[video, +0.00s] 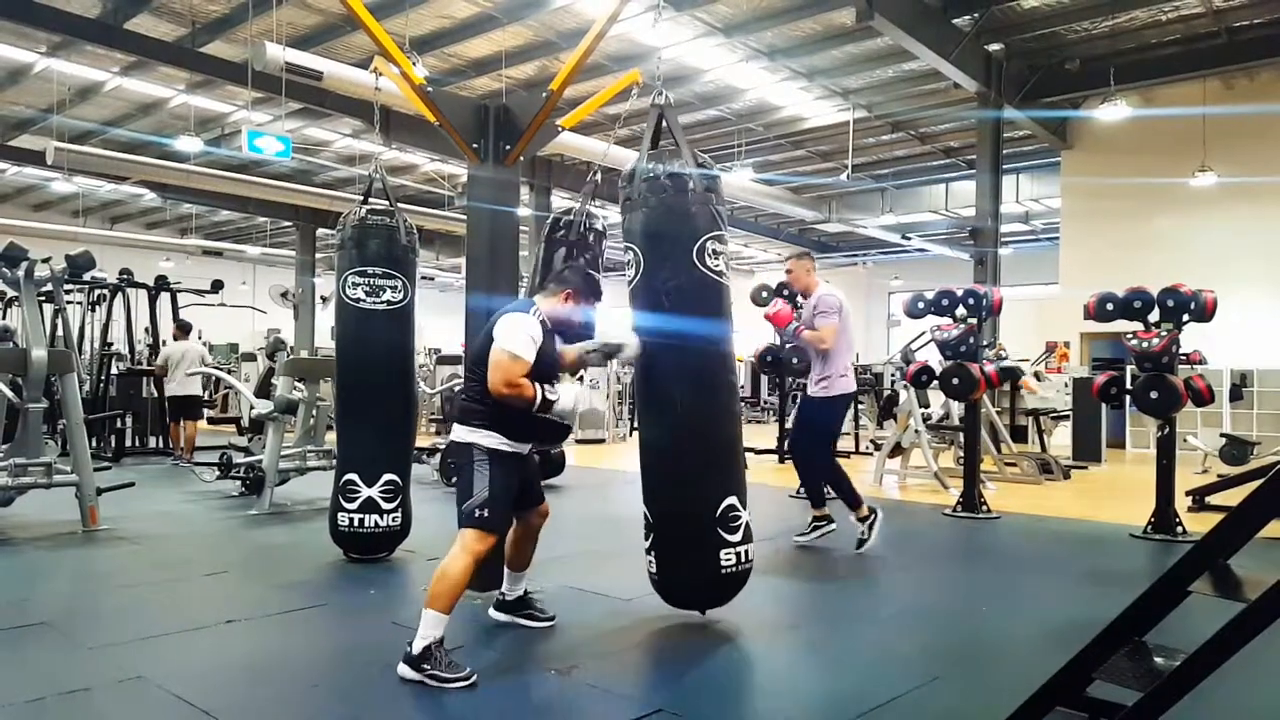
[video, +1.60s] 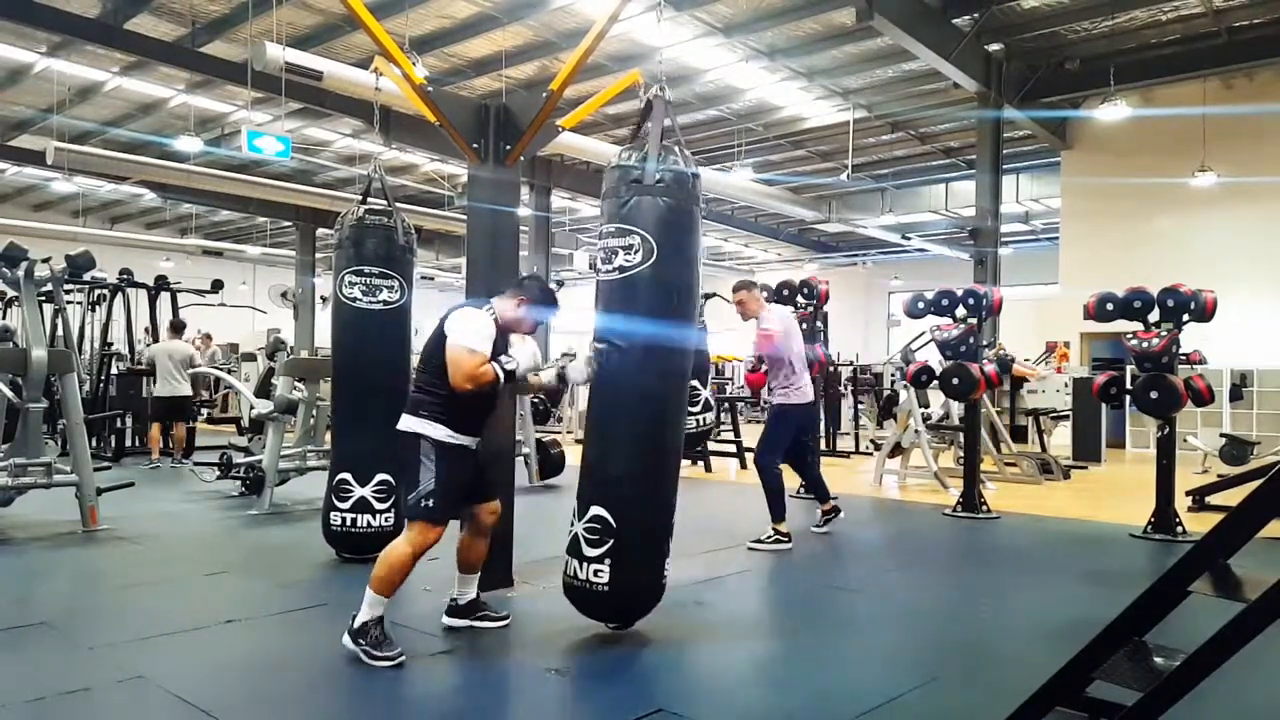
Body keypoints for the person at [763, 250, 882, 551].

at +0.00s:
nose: (787, 278)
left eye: (790, 272)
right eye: (786, 273)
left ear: (809, 271)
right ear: (805, 273)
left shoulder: (826, 298)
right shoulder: (808, 303)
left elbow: (825, 341)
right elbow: (811, 344)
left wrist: (791, 327)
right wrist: (786, 331)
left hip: (834, 391)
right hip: (818, 389)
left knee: (819, 454)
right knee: (800, 449)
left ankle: (865, 514)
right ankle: (821, 517)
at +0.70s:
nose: (796, 307)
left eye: (797, 300)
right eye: (794, 302)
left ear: (814, 293)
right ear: (811, 296)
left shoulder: (835, 316)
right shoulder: (820, 322)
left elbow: (842, 355)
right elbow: (819, 364)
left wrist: (813, 346)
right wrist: (790, 355)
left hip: (837, 397)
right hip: (828, 397)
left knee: (816, 454)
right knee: (829, 456)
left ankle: (853, 515)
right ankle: (843, 517)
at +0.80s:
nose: (792, 310)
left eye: (792, 303)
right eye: (788, 306)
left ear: (807, 294)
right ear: (800, 300)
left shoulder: (829, 314)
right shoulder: (814, 320)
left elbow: (835, 354)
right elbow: (815, 356)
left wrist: (801, 339)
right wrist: (788, 339)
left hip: (833, 394)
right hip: (827, 394)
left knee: (810, 452)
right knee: (832, 455)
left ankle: (818, 525)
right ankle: (844, 517)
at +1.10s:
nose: (772, 314)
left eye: (772, 307)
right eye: (769, 310)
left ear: (786, 298)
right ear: (782, 302)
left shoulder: (810, 319)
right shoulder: (797, 322)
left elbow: (809, 361)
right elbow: (798, 358)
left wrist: (783, 350)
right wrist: (781, 361)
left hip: (814, 404)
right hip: (808, 403)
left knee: (795, 462)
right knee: (811, 458)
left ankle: (782, 529)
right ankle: (839, 510)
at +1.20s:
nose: (776, 315)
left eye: (778, 308)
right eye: (773, 311)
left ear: (792, 298)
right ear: (774, 309)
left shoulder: (818, 321)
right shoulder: (786, 326)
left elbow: (814, 362)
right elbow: (759, 358)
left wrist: (783, 346)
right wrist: (769, 339)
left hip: (813, 402)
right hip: (795, 402)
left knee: (796, 460)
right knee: (806, 458)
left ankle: (782, 529)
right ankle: (835, 508)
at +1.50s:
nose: (751, 318)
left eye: (754, 312)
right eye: (749, 313)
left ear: (770, 306)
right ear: (759, 310)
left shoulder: (798, 325)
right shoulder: (765, 330)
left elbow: (828, 353)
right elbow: (765, 362)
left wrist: (813, 367)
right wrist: (758, 371)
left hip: (800, 405)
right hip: (790, 404)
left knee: (769, 459)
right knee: (808, 459)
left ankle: (780, 529)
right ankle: (838, 508)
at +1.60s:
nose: (738, 310)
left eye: (741, 303)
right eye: (735, 305)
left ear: (758, 297)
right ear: (757, 300)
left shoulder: (771, 317)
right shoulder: (781, 315)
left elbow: (769, 353)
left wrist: (755, 363)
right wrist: (760, 368)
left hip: (788, 402)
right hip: (802, 399)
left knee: (765, 459)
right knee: (797, 457)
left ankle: (780, 529)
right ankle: (828, 506)